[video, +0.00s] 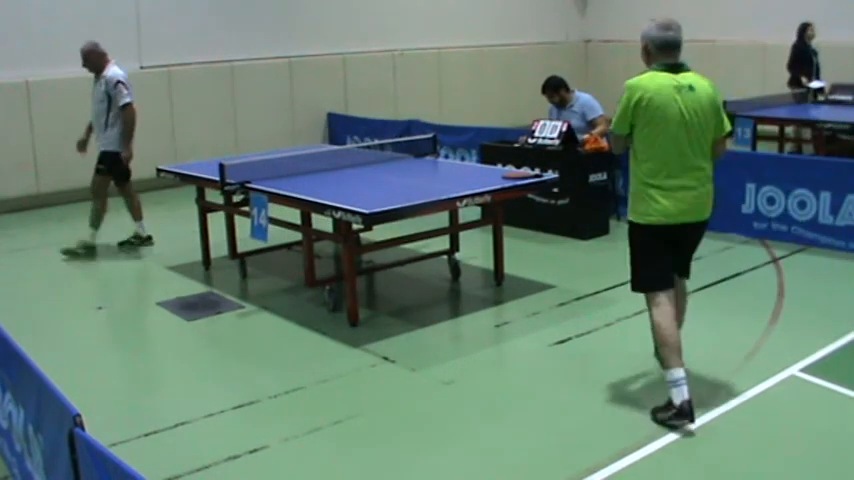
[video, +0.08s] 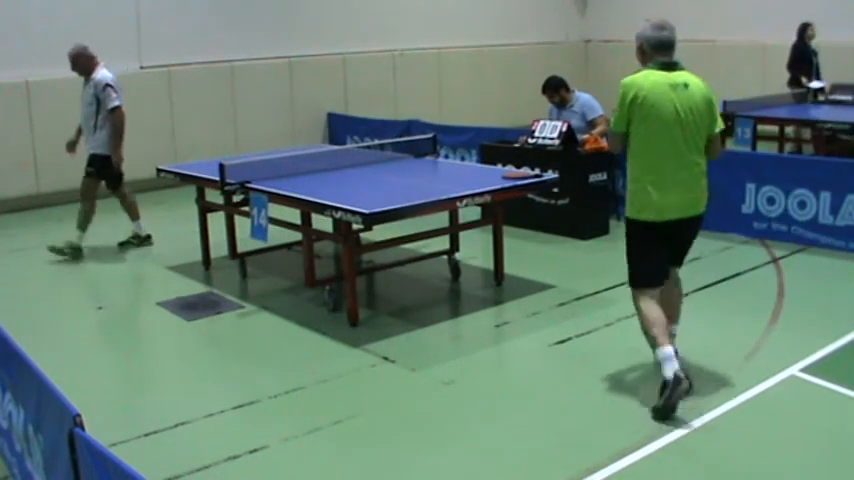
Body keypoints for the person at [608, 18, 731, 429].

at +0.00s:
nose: (643, 55)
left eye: (643, 50)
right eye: (648, 49)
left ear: (646, 52)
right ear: (680, 50)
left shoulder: (637, 88)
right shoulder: (704, 88)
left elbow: (618, 143)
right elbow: (721, 145)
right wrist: (693, 157)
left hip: (653, 211)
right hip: (697, 208)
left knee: (659, 300)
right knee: (679, 278)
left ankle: (681, 402)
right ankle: (669, 347)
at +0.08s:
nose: (636, 55)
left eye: (637, 50)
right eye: (640, 49)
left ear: (641, 51)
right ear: (674, 50)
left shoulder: (634, 86)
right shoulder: (698, 88)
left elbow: (616, 142)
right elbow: (715, 148)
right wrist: (681, 146)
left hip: (648, 207)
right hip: (691, 204)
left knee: (646, 292)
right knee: (671, 271)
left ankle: (671, 369)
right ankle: (670, 349)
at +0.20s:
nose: (627, 50)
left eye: (628, 44)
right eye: (631, 43)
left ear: (632, 46)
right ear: (665, 43)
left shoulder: (626, 82)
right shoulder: (691, 82)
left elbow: (611, 142)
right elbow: (709, 140)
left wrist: (606, 129)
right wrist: (677, 149)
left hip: (639, 199)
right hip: (682, 197)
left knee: (624, 269)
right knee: (663, 264)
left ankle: (656, 330)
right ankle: (668, 341)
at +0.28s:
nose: (621, 49)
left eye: (621, 44)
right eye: (623, 44)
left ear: (626, 44)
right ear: (657, 41)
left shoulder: (620, 78)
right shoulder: (684, 78)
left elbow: (606, 139)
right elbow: (703, 134)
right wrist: (672, 143)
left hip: (632, 191)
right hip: (676, 191)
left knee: (613, 254)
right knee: (661, 258)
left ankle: (642, 321)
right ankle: (669, 343)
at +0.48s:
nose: (601, 52)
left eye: (601, 48)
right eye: (604, 47)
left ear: (605, 48)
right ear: (634, 45)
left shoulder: (597, 81)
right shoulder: (660, 77)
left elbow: (583, 137)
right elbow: (681, 130)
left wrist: (589, 140)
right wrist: (657, 151)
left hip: (614, 189)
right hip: (658, 188)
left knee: (600, 251)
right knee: (661, 265)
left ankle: (587, 305)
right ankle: (668, 343)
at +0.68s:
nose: (572, 66)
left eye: (572, 62)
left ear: (575, 63)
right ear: (602, 58)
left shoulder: (567, 94)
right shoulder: (627, 87)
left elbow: (560, 148)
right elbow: (646, 136)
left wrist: (584, 148)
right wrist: (647, 172)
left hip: (589, 186)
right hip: (631, 184)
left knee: (576, 238)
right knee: (642, 252)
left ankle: (577, 302)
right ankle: (663, 320)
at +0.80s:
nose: (558, 66)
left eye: (559, 61)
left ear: (561, 62)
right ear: (588, 57)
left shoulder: (556, 90)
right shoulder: (614, 82)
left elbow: (553, 141)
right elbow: (635, 129)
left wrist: (547, 157)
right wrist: (640, 172)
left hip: (579, 182)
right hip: (620, 178)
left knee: (571, 235)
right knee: (633, 245)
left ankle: (576, 301)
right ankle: (655, 303)